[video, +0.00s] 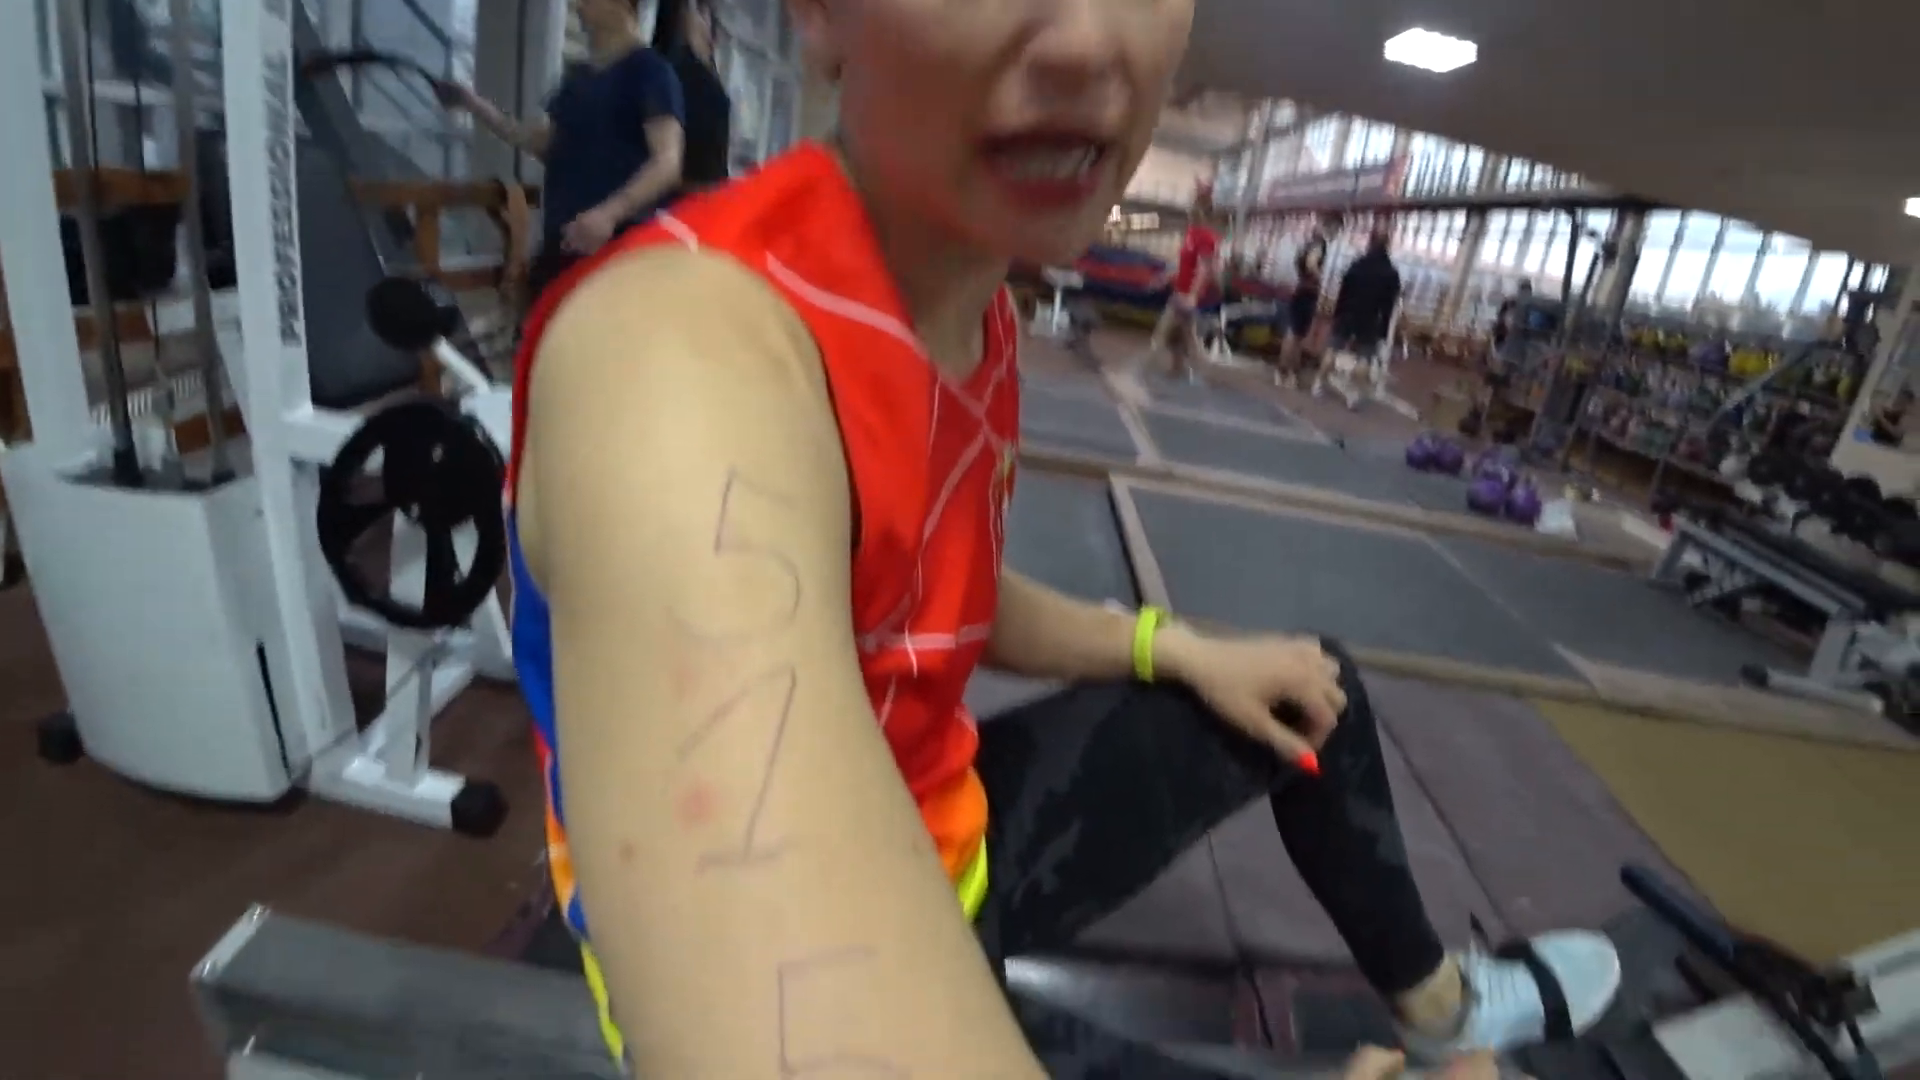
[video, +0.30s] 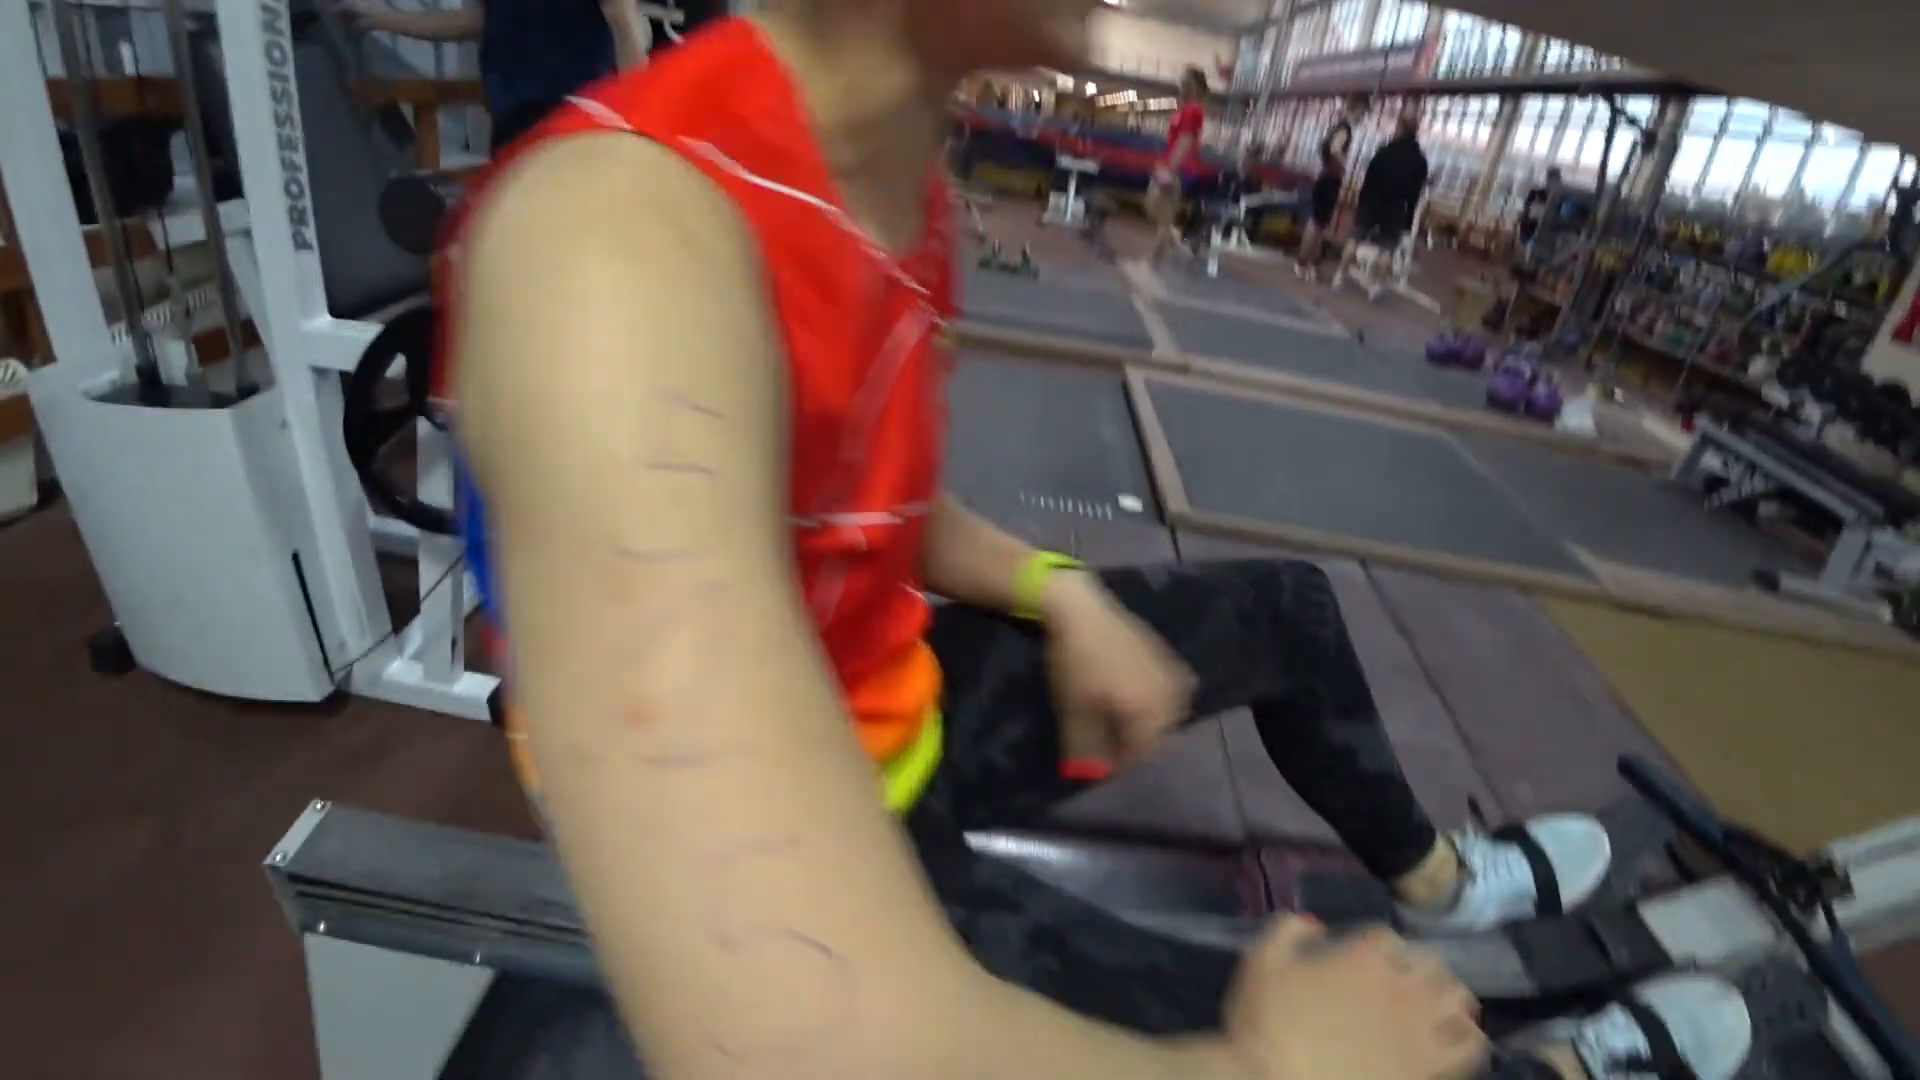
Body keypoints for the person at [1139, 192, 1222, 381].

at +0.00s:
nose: (1192, 213)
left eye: (1195, 210)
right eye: (1193, 209)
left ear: (1202, 211)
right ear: (1197, 211)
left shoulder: (1205, 236)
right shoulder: (1191, 233)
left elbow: (1203, 268)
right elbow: (1184, 266)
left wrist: (1193, 295)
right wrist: (1164, 279)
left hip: (1187, 296)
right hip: (1180, 293)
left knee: (1168, 334)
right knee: (1181, 335)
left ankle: (1179, 370)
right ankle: (1178, 370)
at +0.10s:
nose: (1188, 166)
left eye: (1191, 162)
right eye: (1189, 161)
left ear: (1198, 163)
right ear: (1192, 162)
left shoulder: (1200, 188)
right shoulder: (1187, 187)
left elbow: (1198, 222)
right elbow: (1175, 221)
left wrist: (1191, 250)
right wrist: (1158, 239)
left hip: (1182, 247)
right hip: (1176, 244)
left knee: (1164, 287)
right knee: (1182, 289)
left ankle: (1148, 324)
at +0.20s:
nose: (1187, 122)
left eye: (1190, 119)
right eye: (1188, 119)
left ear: (1198, 122)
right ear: (1199, 122)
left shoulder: (1199, 146)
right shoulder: (1189, 144)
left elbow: (1196, 179)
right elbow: (1180, 179)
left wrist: (1186, 207)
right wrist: (1167, 198)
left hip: (1182, 205)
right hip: (1175, 203)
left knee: (1169, 249)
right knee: (1170, 249)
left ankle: (1155, 291)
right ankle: (1193, 285)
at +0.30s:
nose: (1182, 86)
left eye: (1187, 82)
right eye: (1183, 82)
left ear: (1196, 86)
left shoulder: (1192, 110)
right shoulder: (1183, 109)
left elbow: (1185, 141)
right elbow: (1178, 141)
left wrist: (1170, 168)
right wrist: (1165, 164)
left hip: (1176, 170)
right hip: (1169, 168)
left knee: (1160, 208)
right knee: (1158, 208)